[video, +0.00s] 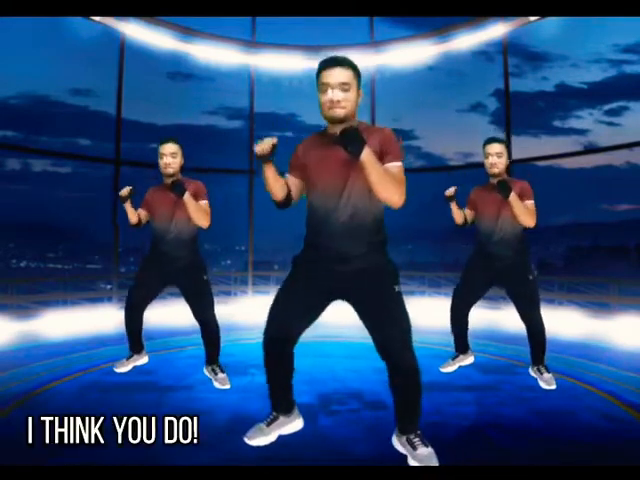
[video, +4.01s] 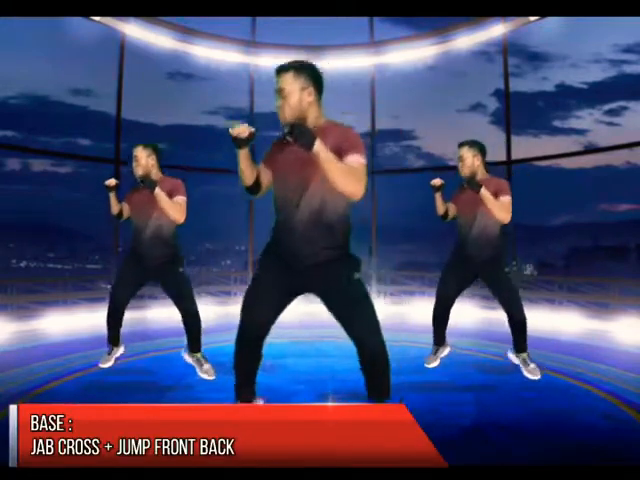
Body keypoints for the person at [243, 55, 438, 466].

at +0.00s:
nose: (335, 95)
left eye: (344, 87)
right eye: (327, 88)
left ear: (359, 94)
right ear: (318, 96)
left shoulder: (382, 139)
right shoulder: (308, 148)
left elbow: (394, 197)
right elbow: (284, 198)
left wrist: (360, 151)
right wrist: (265, 162)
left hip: (369, 268)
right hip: (316, 267)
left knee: (401, 355)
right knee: (276, 338)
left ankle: (408, 433)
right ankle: (284, 413)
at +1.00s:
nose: (296, 99)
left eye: (300, 92)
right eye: (296, 94)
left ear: (321, 92)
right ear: (324, 94)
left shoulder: (333, 119)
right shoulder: (328, 131)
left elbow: (274, 126)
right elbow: (304, 180)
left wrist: (242, 119)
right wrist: (298, 140)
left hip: (343, 259)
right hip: (319, 258)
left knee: (373, 345)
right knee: (277, 326)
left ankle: (443, 419)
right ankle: (291, 415)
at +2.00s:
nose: (333, 81)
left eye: (341, 73)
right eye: (326, 74)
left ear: (357, 76)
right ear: (318, 80)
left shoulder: (378, 117)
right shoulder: (305, 127)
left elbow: (400, 161)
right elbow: (272, 164)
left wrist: (361, 120)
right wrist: (269, 122)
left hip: (365, 246)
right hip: (314, 246)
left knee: (392, 336)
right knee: (285, 324)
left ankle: (409, 423)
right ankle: (278, 405)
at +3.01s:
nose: (313, 98)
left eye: (317, 91)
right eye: (313, 92)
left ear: (338, 90)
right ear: (339, 92)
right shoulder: (340, 126)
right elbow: (317, 173)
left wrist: (232, 109)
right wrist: (312, 133)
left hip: (348, 257)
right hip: (322, 255)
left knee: (362, 346)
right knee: (286, 324)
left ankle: (418, 416)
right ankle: (289, 410)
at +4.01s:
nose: (278, 103)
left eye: (284, 94)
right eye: (277, 95)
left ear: (310, 95)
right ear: (289, 97)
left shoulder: (344, 139)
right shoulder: (281, 147)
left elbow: (355, 188)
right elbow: (255, 187)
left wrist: (317, 147)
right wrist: (243, 148)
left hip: (331, 264)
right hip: (282, 264)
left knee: (371, 344)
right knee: (249, 332)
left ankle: (380, 411)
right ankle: (244, 404)